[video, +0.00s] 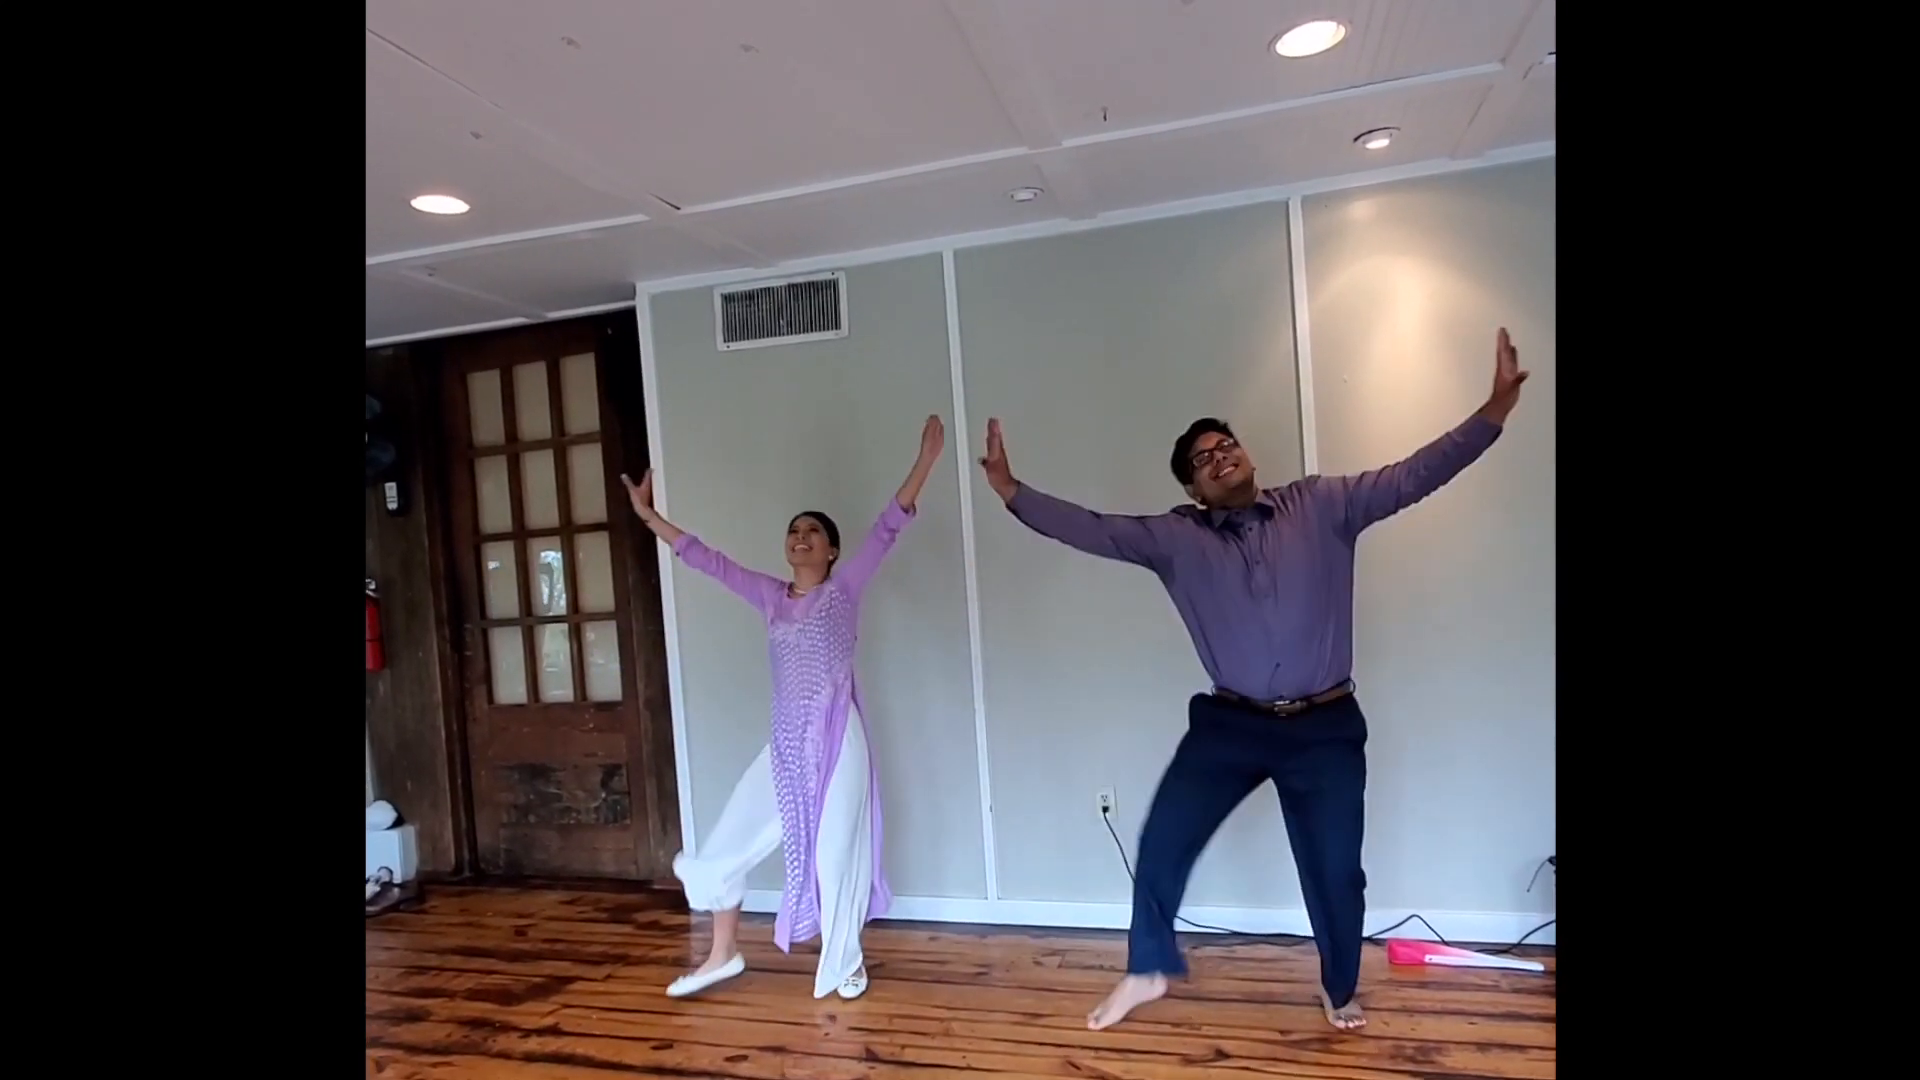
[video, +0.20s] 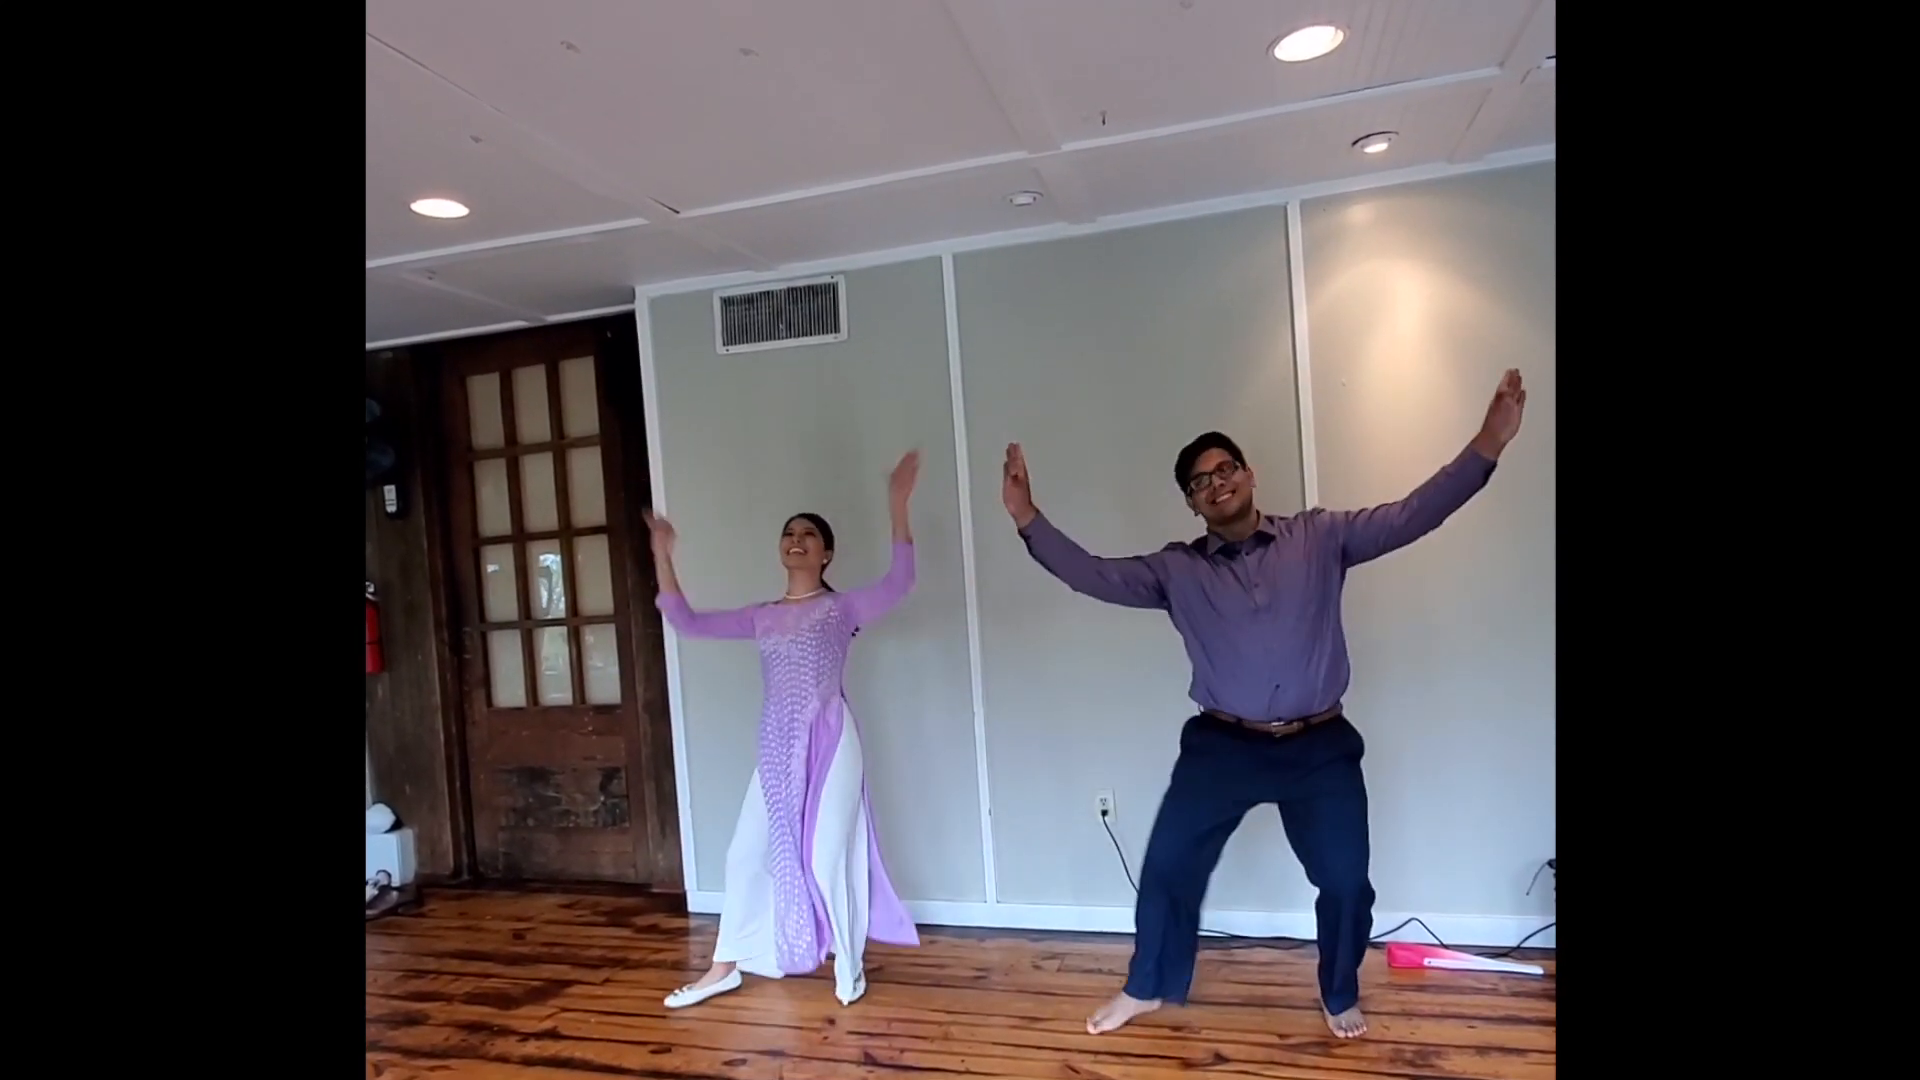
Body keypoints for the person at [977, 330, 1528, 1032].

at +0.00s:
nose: (1220, 458)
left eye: (1225, 448)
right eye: (1204, 459)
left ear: (1248, 457)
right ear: (1192, 488)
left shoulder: (1319, 503)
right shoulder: (1176, 538)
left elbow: (1411, 475)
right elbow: (1093, 527)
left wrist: (1494, 411)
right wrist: (1012, 492)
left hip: (1323, 722)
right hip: (1230, 722)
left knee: (1335, 871)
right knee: (1162, 841)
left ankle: (1341, 992)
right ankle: (1149, 968)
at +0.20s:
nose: (1218, 482)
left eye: (1226, 469)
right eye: (1202, 480)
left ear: (1251, 476)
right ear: (1192, 504)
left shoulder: (1316, 534)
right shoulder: (1178, 568)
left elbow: (1410, 514)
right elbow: (1095, 573)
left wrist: (1489, 443)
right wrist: (1028, 517)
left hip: (1317, 741)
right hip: (1222, 741)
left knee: (1347, 880)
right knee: (1169, 862)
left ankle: (1341, 996)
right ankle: (1150, 986)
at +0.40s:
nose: (1183, 482)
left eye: (1197, 471)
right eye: (1173, 472)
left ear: (1226, 478)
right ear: (1162, 481)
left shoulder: (1275, 524)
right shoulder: (1141, 534)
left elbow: (1365, 520)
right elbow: (1089, 550)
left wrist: (1472, 510)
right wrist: (1034, 559)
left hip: (1268, 732)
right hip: (1175, 728)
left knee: (1310, 869)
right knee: (1105, 840)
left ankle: (1336, 998)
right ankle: (1112, 949)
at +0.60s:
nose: (1133, 485)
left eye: (1147, 474)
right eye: (1123, 474)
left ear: (1170, 482)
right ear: (1110, 482)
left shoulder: (1204, 545)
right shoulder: (1080, 557)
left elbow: (1283, 590)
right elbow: (1063, 636)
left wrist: (1304, 651)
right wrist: (1136, 658)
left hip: (1201, 712)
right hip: (1116, 727)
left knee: (1279, 786)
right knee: (1100, 853)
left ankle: (1234, 886)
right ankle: (1103, 970)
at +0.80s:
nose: (1113, 510)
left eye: (1126, 499)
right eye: (1099, 500)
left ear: (1146, 508)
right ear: (1086, 511)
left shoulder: (1167, 565)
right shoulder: (1069, 579)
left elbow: (1234, 649)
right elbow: (1083, 678)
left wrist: (1219, 619)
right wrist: (1169, 626)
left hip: (1162, 718)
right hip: (1086, 738)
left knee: (1253, 749)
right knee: (1085, 874)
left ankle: (1203, 876)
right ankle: (1104, 966)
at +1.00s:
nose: (1098, 506)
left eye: (1110, 494)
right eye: (1084, 497)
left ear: (1131, 501)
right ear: (1069, 507)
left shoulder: (1161, 559)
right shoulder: (1059, 577)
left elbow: (1194, 628)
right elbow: (1117, 651)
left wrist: (1233, 665)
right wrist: (1207, 685)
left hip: (1153, 729)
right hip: (1076, 740)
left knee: (1222, 831)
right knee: (1088, 868)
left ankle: (1274, 969)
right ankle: (1101, 972)